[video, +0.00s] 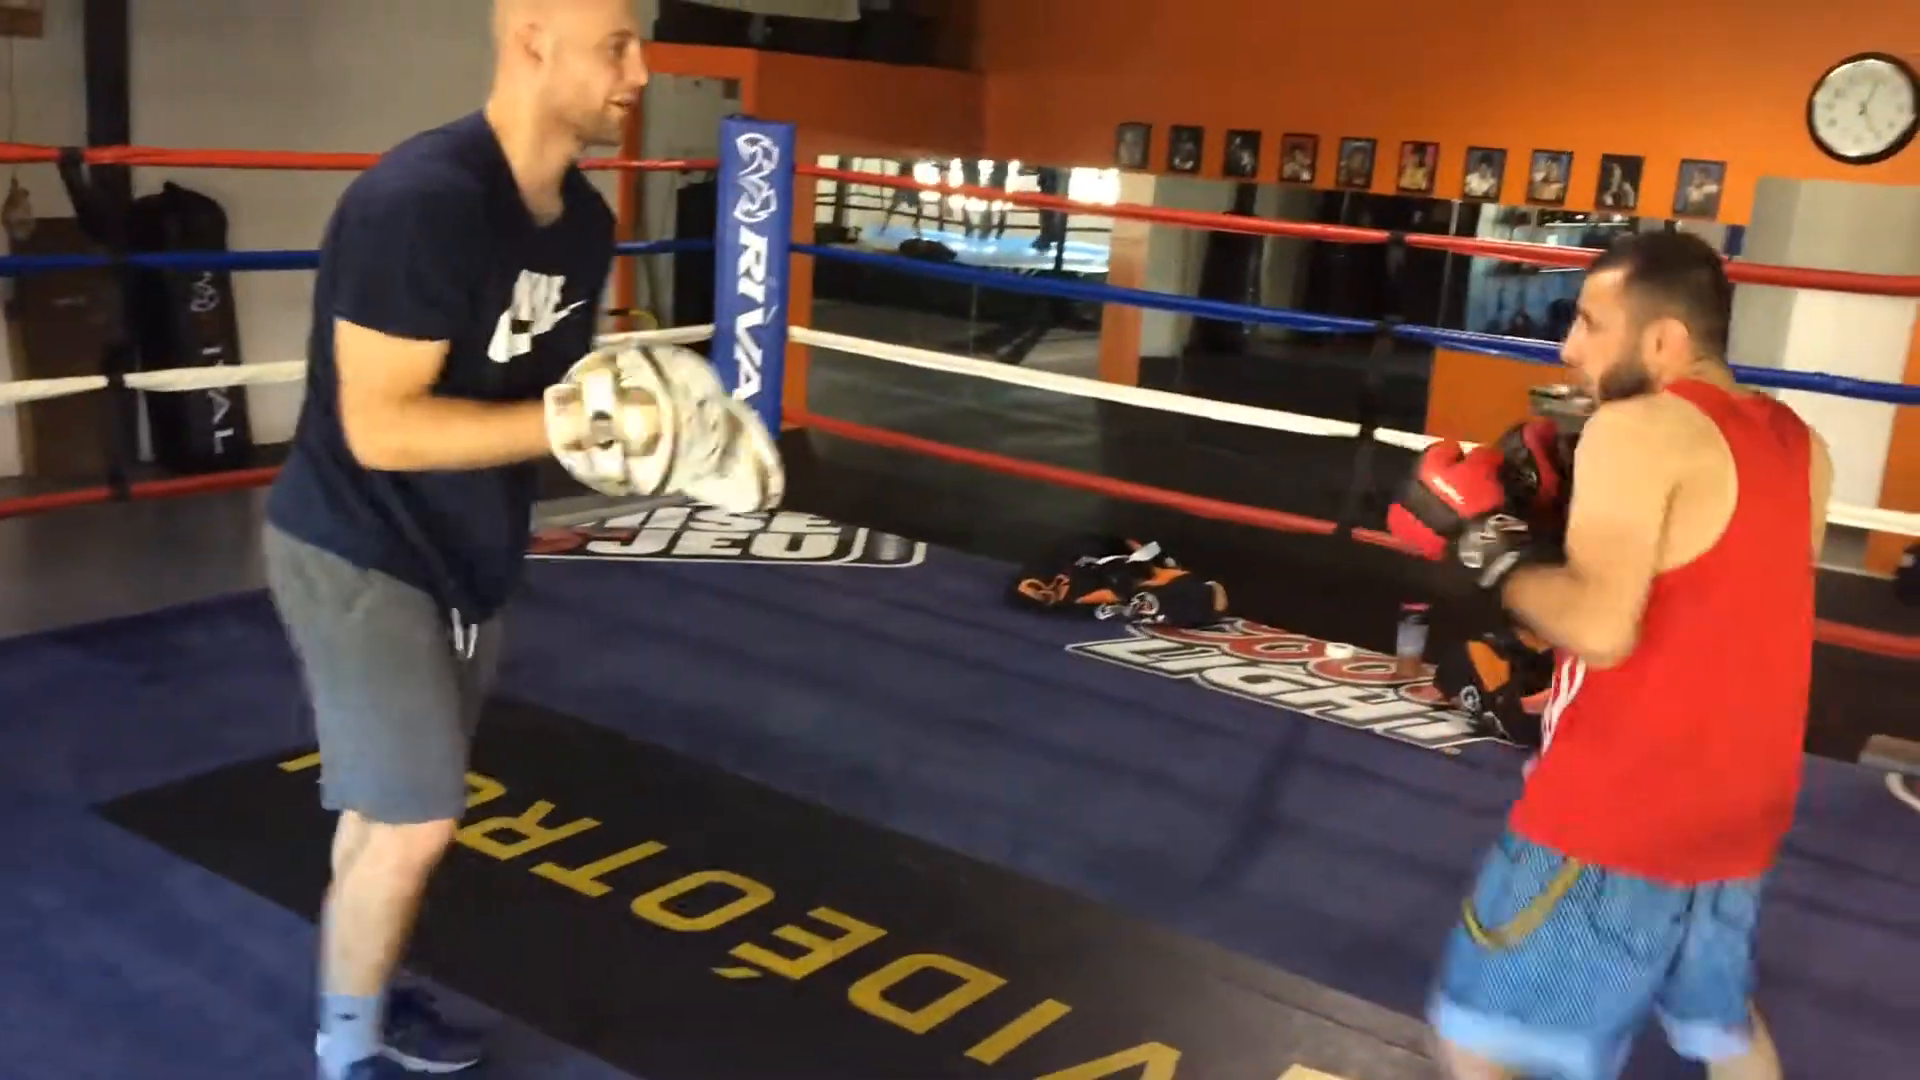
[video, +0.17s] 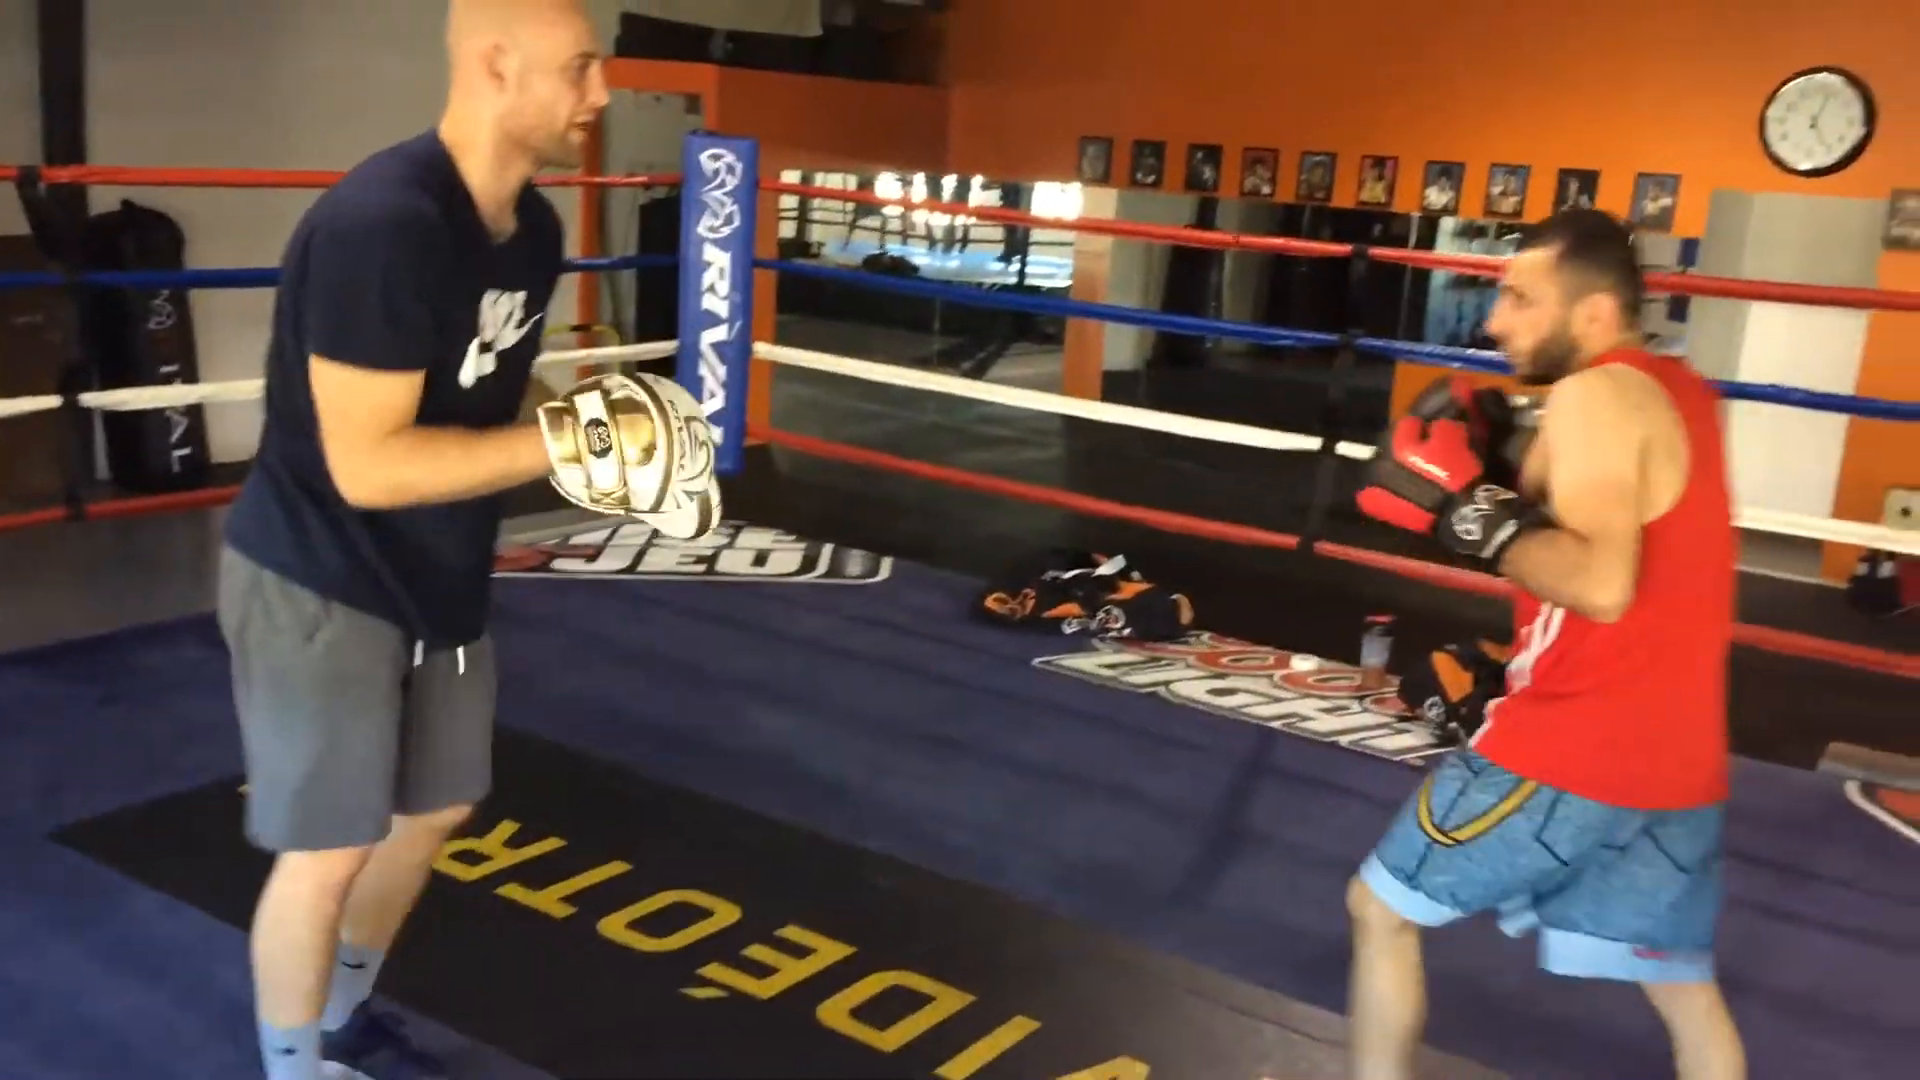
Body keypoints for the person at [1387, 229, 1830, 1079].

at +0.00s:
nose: (1569, 348)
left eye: (1591, 324)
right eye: (1576, 321)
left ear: (1667, 340)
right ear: (1682, 342)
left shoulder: (1635, 430)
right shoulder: (1798, 442)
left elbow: (1599, 622)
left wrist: (1493, 549)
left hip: (1619, 806)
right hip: (1743, 803)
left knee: (1480, 1037)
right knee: (1719, 1022)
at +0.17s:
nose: (1496, 319)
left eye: (1520, 298)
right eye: (1502, 295)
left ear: (1596, 313)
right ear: (1600, 315)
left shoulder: (1593, 399)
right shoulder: (1683, 391)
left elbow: (1601, 582)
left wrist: (1470, 513)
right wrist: (1507, 447)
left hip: (1568, 753)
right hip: (1681, 764)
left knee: (1383, 905)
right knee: (1683, 985)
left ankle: (1379, 1072)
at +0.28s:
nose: (1403, 336)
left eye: (1423, 317)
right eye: (1406, 314)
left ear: (1491, 322)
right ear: (1501, 321)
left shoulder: (1506, 421)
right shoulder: (1577, 401)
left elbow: (1493, 603)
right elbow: (1531, 539)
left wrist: (1387, 520)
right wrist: (1412, 501)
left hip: (1500, 743)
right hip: (1602, 743)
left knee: (1349, 879)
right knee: (1605, 946)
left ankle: (1286, 1051)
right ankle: (1668, 1077)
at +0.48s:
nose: (1283, 339)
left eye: (1300, 322)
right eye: (1285, 318)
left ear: (1366, 327)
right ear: (1382, 321)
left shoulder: (1381, 421)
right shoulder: (1463, 359)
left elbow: (1327, 595)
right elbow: (1409, 500)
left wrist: (1253, 501)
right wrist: (1302, 459)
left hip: (1418, 687)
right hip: (1507, 676)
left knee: (1285, 847)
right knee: (1477, 826)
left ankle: (1251, 1045)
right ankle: (1529, 1011)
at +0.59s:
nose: (1272, 325)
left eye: (1290, 307)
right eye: (1273, 304)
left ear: (1357, 313)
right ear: (1368, 312)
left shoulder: (1370, 399)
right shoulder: (1443, 355)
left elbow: (1313, 562)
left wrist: (1248, 466)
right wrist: (1288, 428)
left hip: (1403, 674)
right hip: (1485, 665)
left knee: (1274, 838)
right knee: (1444, 800)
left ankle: (1248, 1042)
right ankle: (1459, 959)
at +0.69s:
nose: (1283, 333)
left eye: (1302, 314)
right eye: (1282, 312)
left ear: (1366, 315)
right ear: (1372, 316)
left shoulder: (1382, 399)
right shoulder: (1432, 375)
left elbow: (1327, 548)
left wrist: (1261, 451)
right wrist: (1288, 458)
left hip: (1387, 675)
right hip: (1449, 664)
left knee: (1246, 827)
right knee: (1419, 794)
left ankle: (1240, 1039)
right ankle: (1428, 935)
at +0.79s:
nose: (1283, 339)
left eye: (1299, 322)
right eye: (1280, 320)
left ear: (1361, 320)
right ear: (1355, 321)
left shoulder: (1402, 404)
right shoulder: (1370, 391)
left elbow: (1372, 562)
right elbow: (1328, 536)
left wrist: (1294, 471)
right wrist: (1265, 469)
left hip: (1383, 671)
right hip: (1403, 661)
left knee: (1228, 815)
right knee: (1384, 791)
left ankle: (1229, 1032)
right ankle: (1425, 938)